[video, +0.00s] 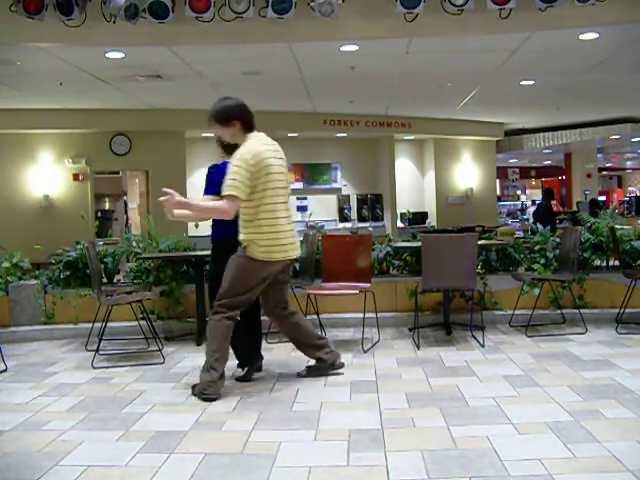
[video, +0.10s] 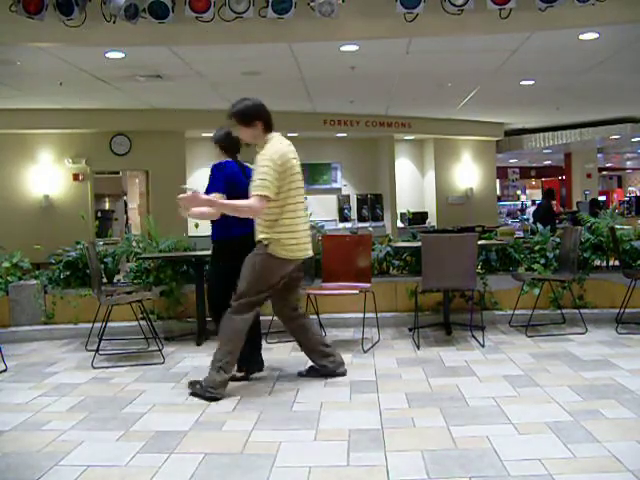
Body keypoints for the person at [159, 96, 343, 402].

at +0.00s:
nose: (218, 135)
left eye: (219, 128)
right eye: (216, 129)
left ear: (236, 124)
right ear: (243, 124)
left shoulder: (245, 155)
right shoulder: (273, 147)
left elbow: (228, 209)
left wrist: (184, 203)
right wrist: (199, 208)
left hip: (259, 251)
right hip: (285, 248)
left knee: (223, 310)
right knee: (278, 309)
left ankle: (210, 383)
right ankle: (327, 357)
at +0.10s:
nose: (238, 135)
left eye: (240, 129)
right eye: (236, 130)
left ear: (256, 124)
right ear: (260, 124)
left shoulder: (270, 153)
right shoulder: (282, 146)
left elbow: (258, 207)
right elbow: (264, 202)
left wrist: (212, 203)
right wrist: (219, 205)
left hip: (276, 248)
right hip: (296, 245)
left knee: (240, 308)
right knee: (288, 310)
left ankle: (215, 382)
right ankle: (329, 363)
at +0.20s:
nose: (254, 135)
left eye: (257, 128)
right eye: (253, 128)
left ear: (276, 126)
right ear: (277, 127)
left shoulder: (291, 154)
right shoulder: (289, 150)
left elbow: (284, 206)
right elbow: (280, 192)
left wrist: (235, 199)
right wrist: (256, 180)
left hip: (292, 246)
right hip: (301, 245)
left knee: (258, 310)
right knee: (292, 312)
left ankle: (224, 379)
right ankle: (329, 363)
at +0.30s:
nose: (269, 136)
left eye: (271, 130)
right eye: (267, 130)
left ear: (288, 126)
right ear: (285, 128)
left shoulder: (308, 155)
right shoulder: (290, 153)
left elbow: (311, 203)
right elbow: (278, 187)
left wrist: (267, 194)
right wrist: (257, 190)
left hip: (307, 242)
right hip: (295, 240)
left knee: (273, 305)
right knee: (292, 308)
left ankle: (241, 377)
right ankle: (328, 362)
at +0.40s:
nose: (208, 150)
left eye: (213, 145)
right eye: (205, 146)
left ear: (227, 148)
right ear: (204, 151)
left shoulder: (240, 172)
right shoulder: (212, 180)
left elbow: (257, 210)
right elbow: (214, 224)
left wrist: (263, 192)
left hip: (242, 247)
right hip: (219, 249)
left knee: (230, 306)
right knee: (201, 303)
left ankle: (248, 363)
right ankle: (227, 351)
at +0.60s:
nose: (213, 139)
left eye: (218, 134)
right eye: (208, 136)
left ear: (228, 139)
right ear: (203, 142)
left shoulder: (247, 166)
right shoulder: (197, 174)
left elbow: (274, 198)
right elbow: (184, 215)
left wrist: (297, 182)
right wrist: (166, 249)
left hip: (243, 247)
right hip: (210, 249)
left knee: (238, 310)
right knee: (206, 314)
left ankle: (237, 368)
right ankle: (200, 380)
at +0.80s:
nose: (216, 138)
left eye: (221, 133)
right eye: (210, 135)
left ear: (229, 140)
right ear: (202, 143)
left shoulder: (244, 171)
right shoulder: (190, 174)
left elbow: (272, 205)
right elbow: (167, 213)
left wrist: (294, 188)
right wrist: (148, 245)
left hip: (239, 249)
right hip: (206, 250)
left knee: (238, 312)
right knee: (219, 312)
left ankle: (234, 366)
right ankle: (221, 388)